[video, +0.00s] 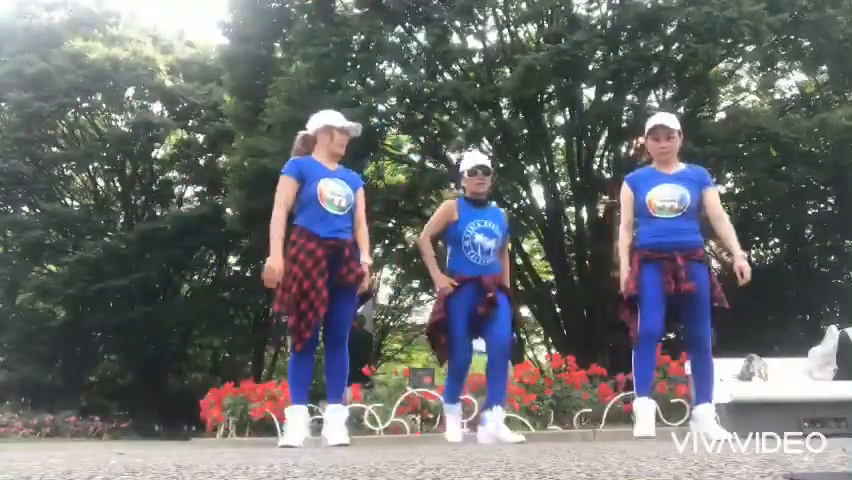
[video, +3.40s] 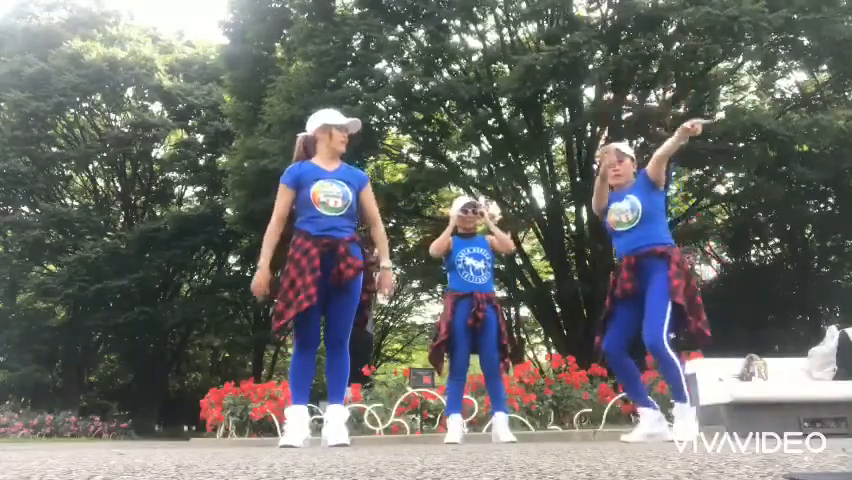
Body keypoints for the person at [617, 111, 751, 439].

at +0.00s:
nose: (664, 141)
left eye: (669, 135)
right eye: (657, 136)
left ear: (679, 139)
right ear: (646, 142)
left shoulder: (698, 175)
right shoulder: (633, 181)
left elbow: (718, 216)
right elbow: (626, 227)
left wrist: (737, 253)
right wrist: (625, 266)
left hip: (693, 260)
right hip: (651, 261)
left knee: (701, 336)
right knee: (650, 330)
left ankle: (703, 411)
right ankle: (643, 405)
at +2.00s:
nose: (656, 127)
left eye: (661, 121)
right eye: (649, 123)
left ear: (673, 126)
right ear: (640, 133)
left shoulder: (695, 156)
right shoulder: (630, 167)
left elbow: (718, 196)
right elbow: (612, 211)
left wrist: (714, 219)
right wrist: (628, 229)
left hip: (697, 245)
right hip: (655, 249)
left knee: (711, 331)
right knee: (656, 334)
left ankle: (719, 414)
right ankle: (657, 414)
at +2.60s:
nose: (636, 125)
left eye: (642, 119)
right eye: (629, 122)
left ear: (657, 125)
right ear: (623, 133)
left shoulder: (682, 156)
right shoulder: (617, 174)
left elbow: (712, 199)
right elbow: (607, 226)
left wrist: (701, 173)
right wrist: (602, 212)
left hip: (676, 242)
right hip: (636, 250)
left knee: (697, 326)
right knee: (634, 332)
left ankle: (718, 409)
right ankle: (650, 417)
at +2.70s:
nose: (637, 131)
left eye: (643, 124)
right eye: (630, 128)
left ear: (657, 130)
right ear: (625, 138)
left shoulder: (679, 158)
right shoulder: (620, 175)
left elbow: (724, 165)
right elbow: (593, 209)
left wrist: (699, 132)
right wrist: (593, 169)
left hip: (674, 247)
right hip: (635, 252)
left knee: (686, 327)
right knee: (627, 332)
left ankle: (713, 408)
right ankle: (650, 416)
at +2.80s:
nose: (636, 130)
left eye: (641, 124)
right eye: (629, 128)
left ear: (657, 129)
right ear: (625, 140)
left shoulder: (678, 152)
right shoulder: (625, 172)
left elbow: (718, 124)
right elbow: (587, 167)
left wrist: (688, 95)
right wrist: (595, 139)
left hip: (677, 250)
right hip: (639, 256)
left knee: (688, 329)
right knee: (621, 328)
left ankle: (713, 408)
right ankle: (648, 413)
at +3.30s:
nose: (617, 154)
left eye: (623, 149)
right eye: (611, 151)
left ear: (636, 155)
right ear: (607, 160)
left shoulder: (650, 170)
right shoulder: (605, 190)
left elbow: (662, 132)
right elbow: (600, 165)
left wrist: (682, 99)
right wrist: (608, 131)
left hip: (662, 253)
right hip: (631, 267)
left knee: (674, 324)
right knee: (624, 345)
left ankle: (704, 402)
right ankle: (652, 419)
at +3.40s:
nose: (614, 169)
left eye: (619, 163)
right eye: (609, 167)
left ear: (633, 164)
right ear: (605, 174)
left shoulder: (649, 181)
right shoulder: (608, 201)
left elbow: (661, 156)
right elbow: (598, 205)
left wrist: (681, 135)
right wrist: (600, 175)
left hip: (659, 264)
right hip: (629, 272)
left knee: (655, 338)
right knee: (613, 345)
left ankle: (684, 410)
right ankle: (651, 417)